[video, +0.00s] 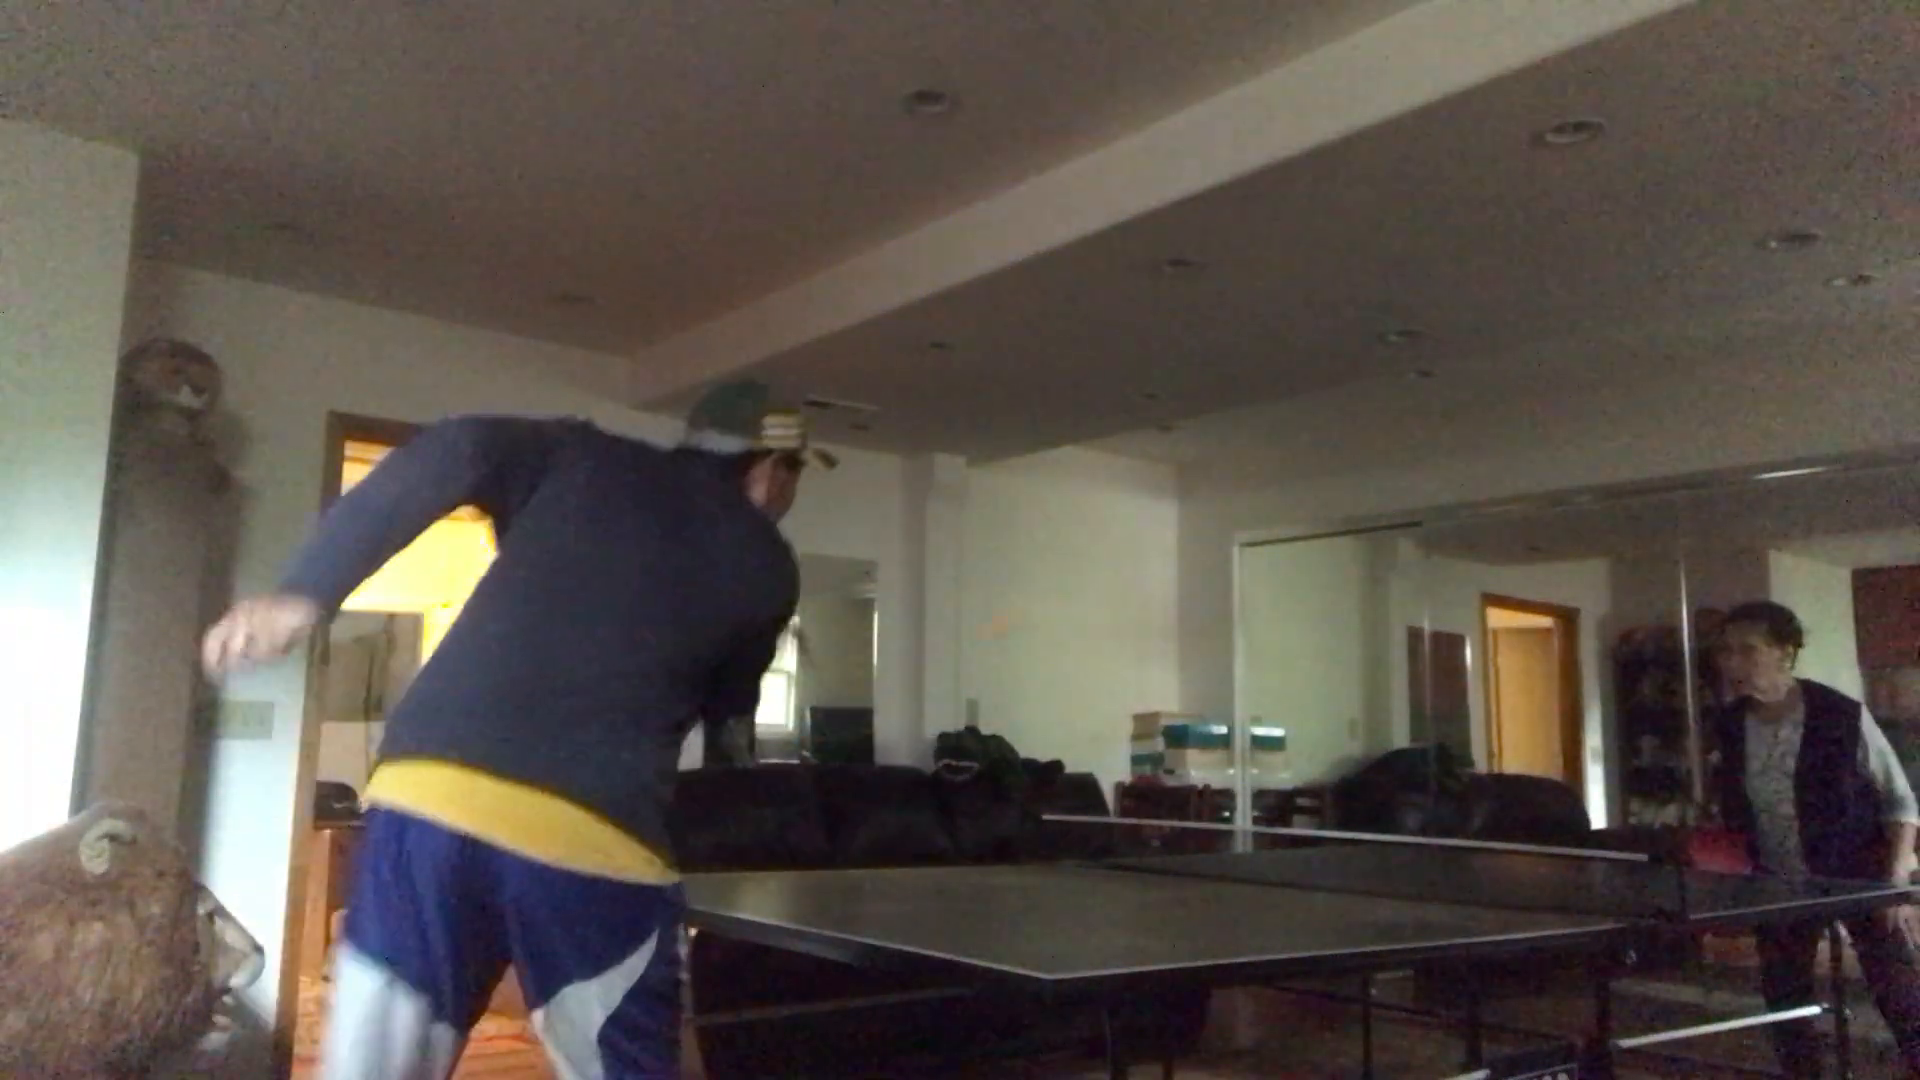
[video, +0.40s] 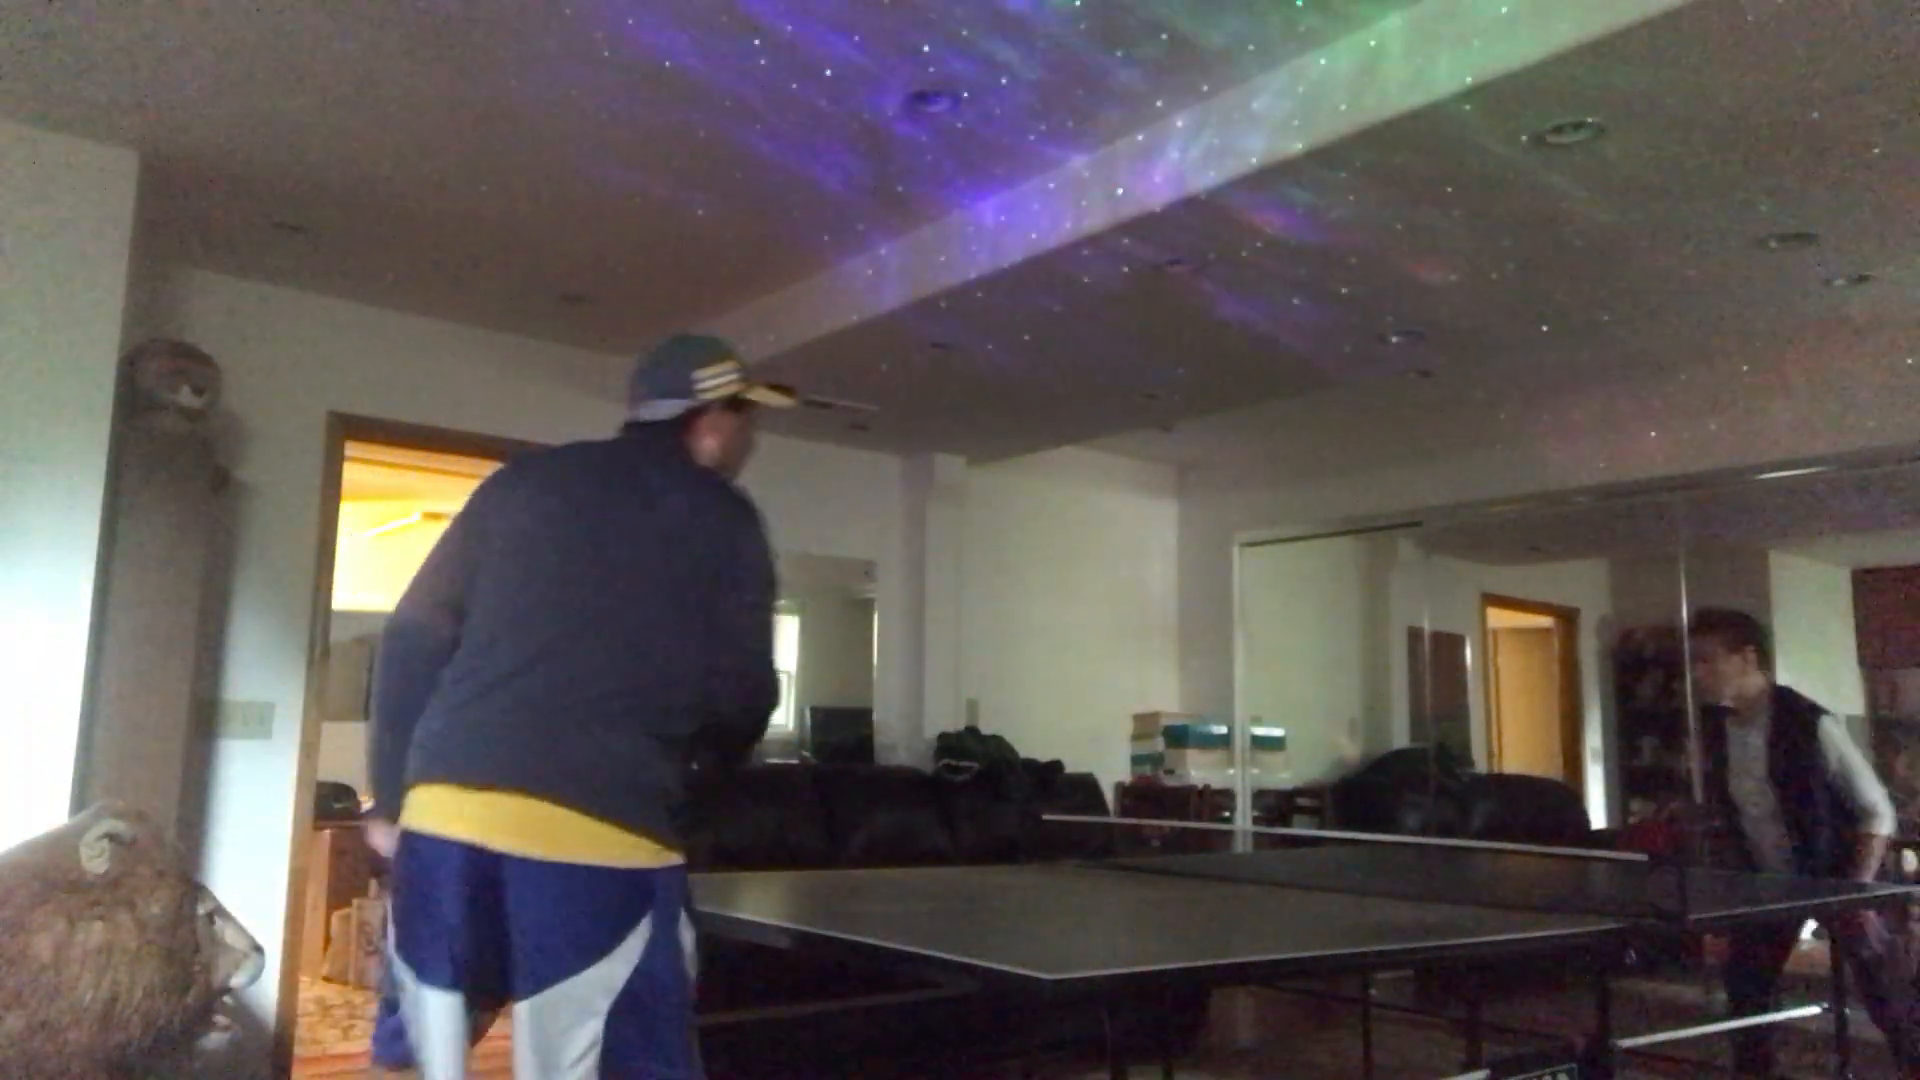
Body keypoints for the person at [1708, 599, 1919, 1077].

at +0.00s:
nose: (1733, 663)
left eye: (1745, 649)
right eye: (1728, 651)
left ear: (1784, 653)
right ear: (1722, 660)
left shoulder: (1842, 715)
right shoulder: (1729, 726)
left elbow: (1901, 802)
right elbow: (1728, 814)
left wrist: (1899, 885)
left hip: (1855, 877)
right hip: (1777, 884)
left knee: (1901, 995)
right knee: (1784, 1006)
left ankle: (1916, 1061)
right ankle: (1802, 1072)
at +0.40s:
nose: (1698, 672)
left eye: (1708, 659)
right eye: (1696, 661)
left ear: (1747, 658)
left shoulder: (1811, 723)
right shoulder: (1712, 731)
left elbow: (1878, 812)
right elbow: (1710, 816)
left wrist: (1856, 893)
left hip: (1834, 881)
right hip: (1766, 885)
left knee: (1884, 988)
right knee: (1745, 987)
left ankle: (1909, 1060)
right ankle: (1752, 1070)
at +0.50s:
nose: (1677, 677)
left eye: (1686, 662)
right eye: (1674, 664)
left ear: (1724, 658)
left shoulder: (1790, 720)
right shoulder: (1702, 724)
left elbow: (1852, 812)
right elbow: (1707, 805)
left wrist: (1829, 895)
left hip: (1813, 877)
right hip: (1748, 881)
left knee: (1869, 991)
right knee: (1742, 1002)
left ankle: (1906, 1063)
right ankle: (1751, 1071)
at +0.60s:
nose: (1666, 675)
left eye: (1674, 660)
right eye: (1662, 663)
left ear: (1710, 653)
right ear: (1707, 657)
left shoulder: (1778, 716)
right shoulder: (1703, 721)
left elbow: (1833, 811)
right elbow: (1713, 809)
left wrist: (1805, 893)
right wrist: (1728, 882)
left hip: (1802, 875)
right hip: (1744, 878)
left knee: (1854, 992)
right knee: (1739, 987)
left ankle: (1903, 1067)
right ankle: (1753, 1068)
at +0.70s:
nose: (1661, 669)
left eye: (1669, 654)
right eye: (1659, 657)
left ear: (1708, 650)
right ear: (1703, 654)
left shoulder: (1772, 715)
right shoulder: (1699, 718)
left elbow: (1825, 810)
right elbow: (1710, 805)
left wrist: (1795, 892)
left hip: (1795, 866)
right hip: (1738, 872)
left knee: (1844, 982)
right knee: (1736, 983)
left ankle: (1896, 1060)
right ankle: (1750, 1068)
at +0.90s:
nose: (1675, 653)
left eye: (1684, 640)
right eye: (1675, 642)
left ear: (1722, 644)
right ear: (1714, 647)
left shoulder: (1788, 711)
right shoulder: (1694, 711)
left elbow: (1839, 803)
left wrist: (1812, 889)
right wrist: (1596, 724)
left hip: (1797, 875)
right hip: (1732, 880)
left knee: (1855, 990)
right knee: (1738, 992)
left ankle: (1902, 1068)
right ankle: (1748, 1070)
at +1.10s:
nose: (1707, 651)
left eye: (1719, 639)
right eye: (1703, 640)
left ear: (1759, 643)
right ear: (1702, 647)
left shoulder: (1803, 712)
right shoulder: (1699, 707)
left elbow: (1849, 809)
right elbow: (1650, 749)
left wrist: (1824, 890)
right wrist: (1602, 739)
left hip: (1807, 862)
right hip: (1739, 869)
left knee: (1860, 983)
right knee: (1744, 988)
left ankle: (1902, 1067)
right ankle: (1750, 1069)